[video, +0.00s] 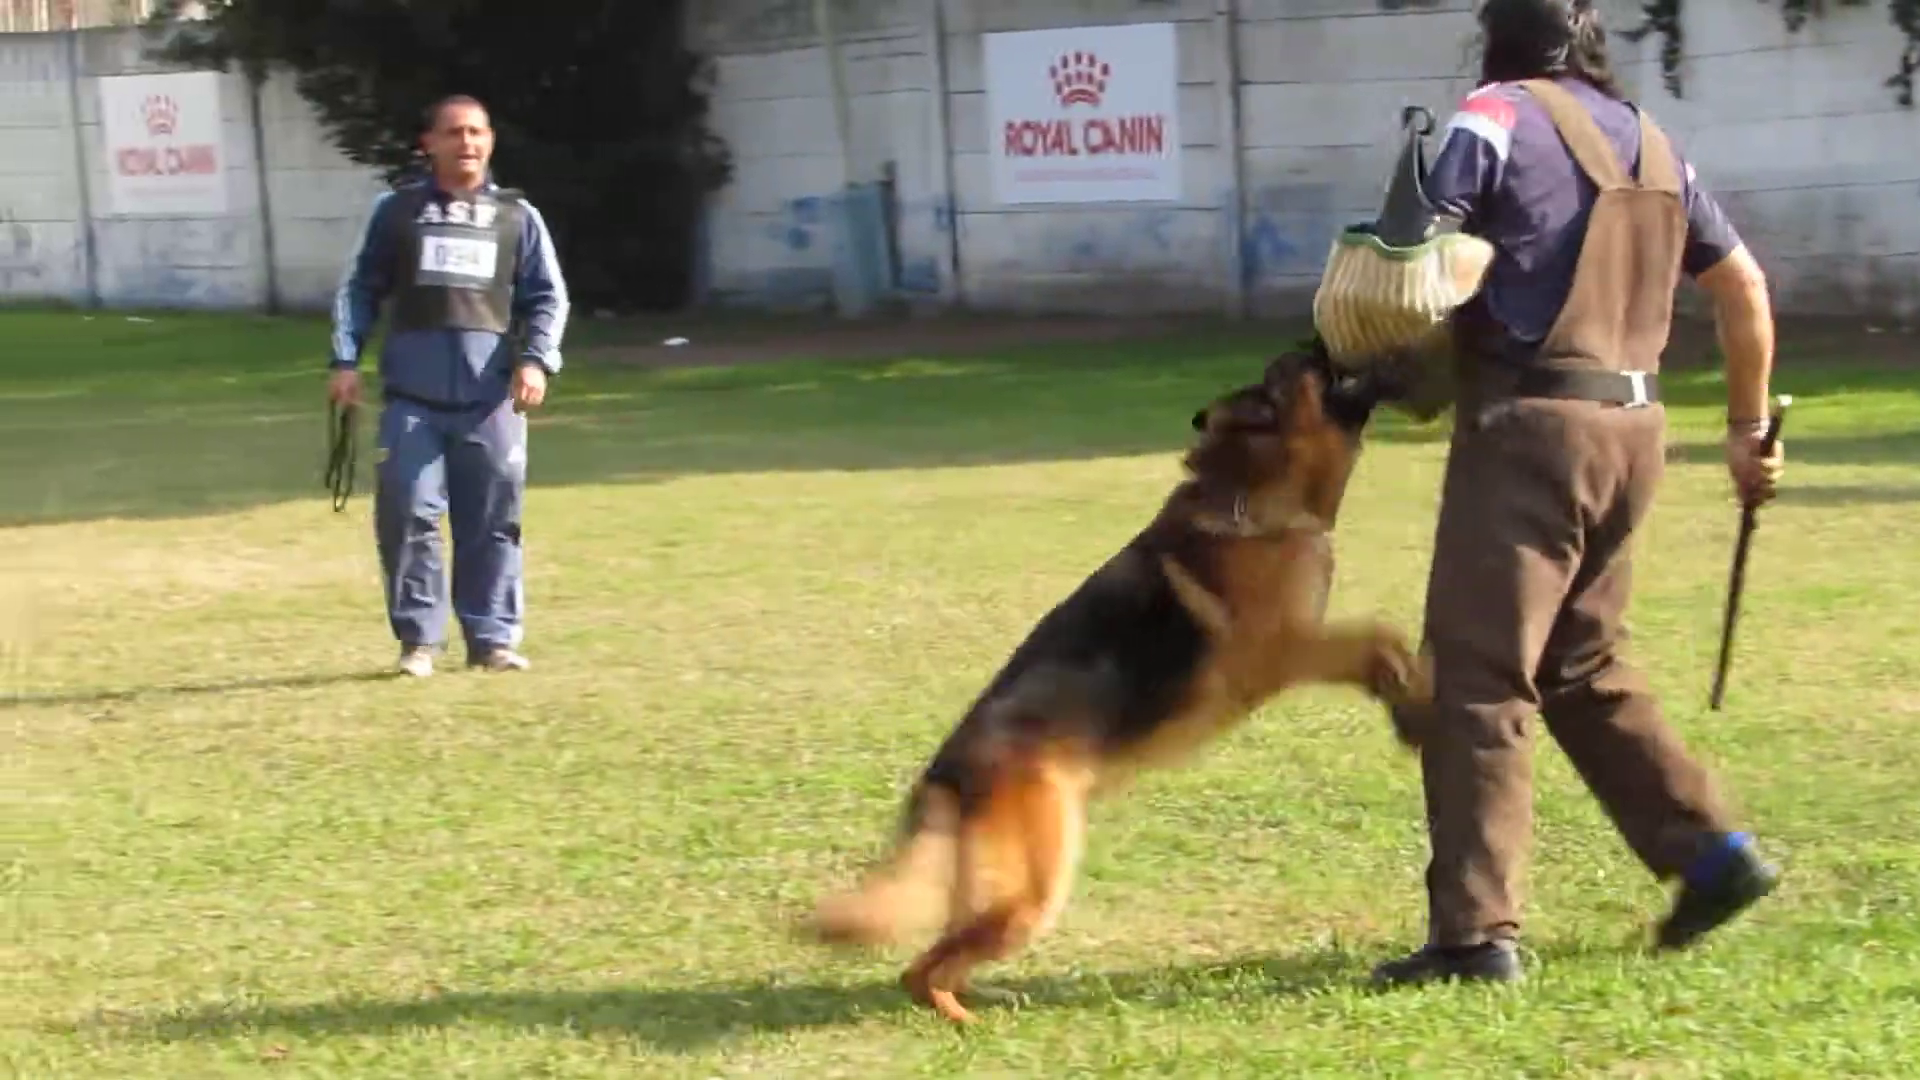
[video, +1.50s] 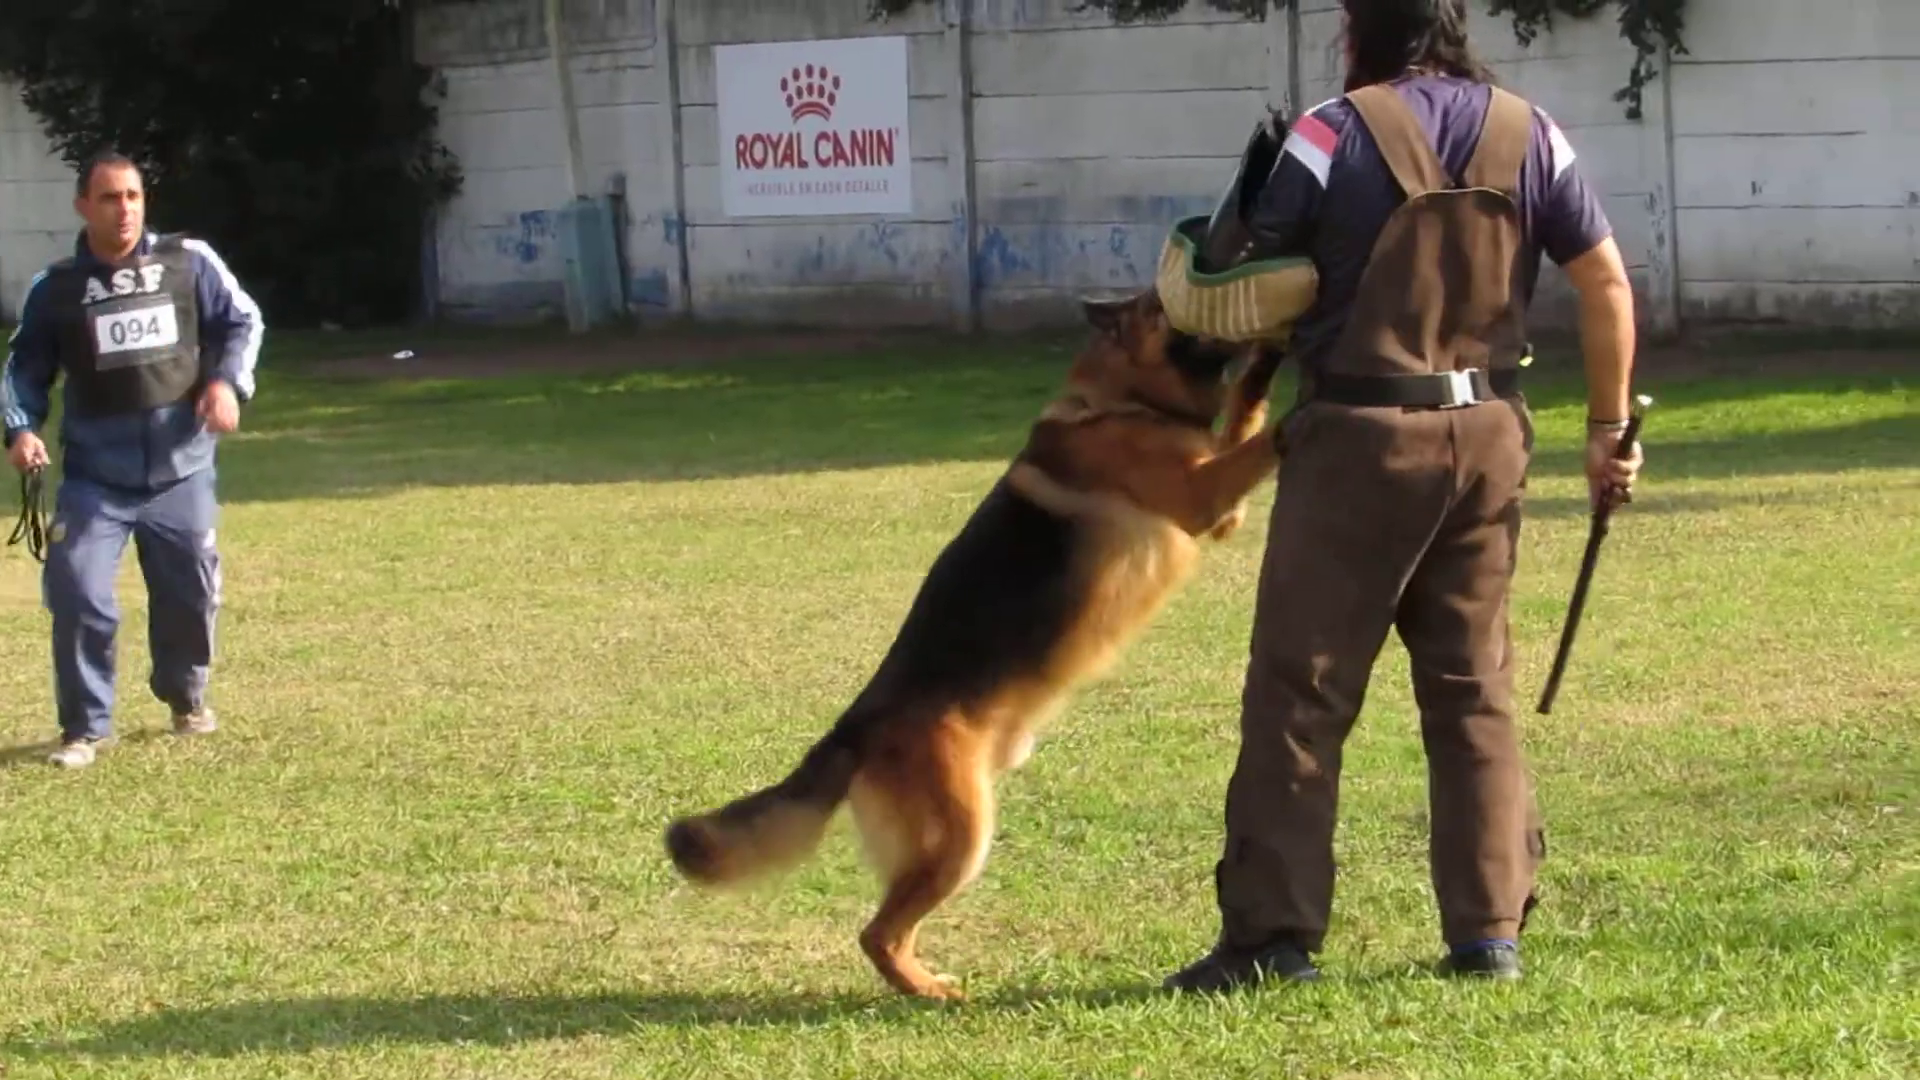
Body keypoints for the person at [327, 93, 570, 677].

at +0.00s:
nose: (468, 141)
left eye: (476, 131)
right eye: (455, 132)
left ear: (491, 142)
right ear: (428, 144)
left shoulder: (517, 216)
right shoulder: (396, 211)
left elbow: (547, 296)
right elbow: (360, 288)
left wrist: (536, 360)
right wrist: (345, 360)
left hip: (491, 398)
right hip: (413, 398)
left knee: (495, 521)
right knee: (408, 514)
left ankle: (493, 640)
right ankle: (417, 641)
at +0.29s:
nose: (362, 153)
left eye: (373, 142)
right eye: (351, 143)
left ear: (397, 150)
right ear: (336, 154)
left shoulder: (435, 220)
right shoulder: (314, 230)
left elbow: (469, 288)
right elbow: (285, 311)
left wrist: (431, 323)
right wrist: (276, 388)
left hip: (425, 402)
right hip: (349, 407)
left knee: (424, 526)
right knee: (354, 527)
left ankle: (424, 642)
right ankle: (350, 655)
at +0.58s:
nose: (281, 162)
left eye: (292, 152)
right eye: (281, 152)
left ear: (332, 156)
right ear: (310, 159)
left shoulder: (401, 216)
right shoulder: (278, 234)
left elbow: (445, 293)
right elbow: (257, 322)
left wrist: (455, 368)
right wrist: (260, 396)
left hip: (405, 400)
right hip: (323, 410)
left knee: (431, 520)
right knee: (335, 537)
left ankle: (425, 626)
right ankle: (351, 663)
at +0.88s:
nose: (279, 186)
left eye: (290, 179)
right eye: (280, 177)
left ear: (330, 186)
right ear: (309, 186)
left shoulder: (391, 246)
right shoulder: (265, 252)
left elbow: (432, 317)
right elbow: (230, 336)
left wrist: (437, 392)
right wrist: (231, 412)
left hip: (370, 419)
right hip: (292, 422)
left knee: (372, 550)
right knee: (297, 548)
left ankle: (371, 681)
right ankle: (317, 665)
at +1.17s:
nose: (168, 172)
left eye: (182, 162)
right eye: (166, 161)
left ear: (221, 169)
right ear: (169, 167)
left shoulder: (273, 240)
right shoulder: (142, 241)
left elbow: (306, 318)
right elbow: (105, 325)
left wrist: (281, 379)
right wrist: (96, 404)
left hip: (246, 433)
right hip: (163, 433)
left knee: (245, 568)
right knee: (159, 564)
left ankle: (244, 693)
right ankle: (162, 701)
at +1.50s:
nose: (124, 209)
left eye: (132, 196)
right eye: (109, 198)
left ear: (146, 201)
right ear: (82, 206)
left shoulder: (191, 263)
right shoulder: (55, 290)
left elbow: (243, 321)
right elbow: (26, 367)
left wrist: (227, 382)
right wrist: (21, 426)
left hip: (182, 470)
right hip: (96, 476)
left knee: (191, 579)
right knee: (76, 586)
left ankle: (187, 692)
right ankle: (84, 727)